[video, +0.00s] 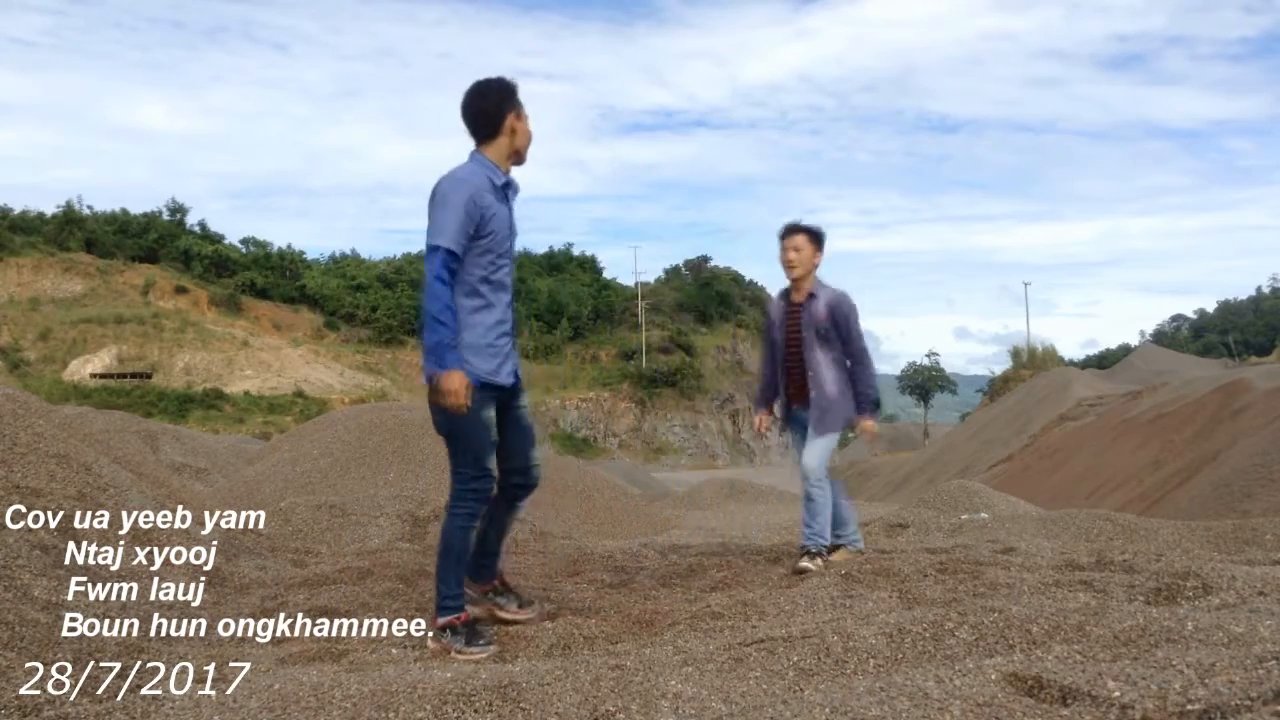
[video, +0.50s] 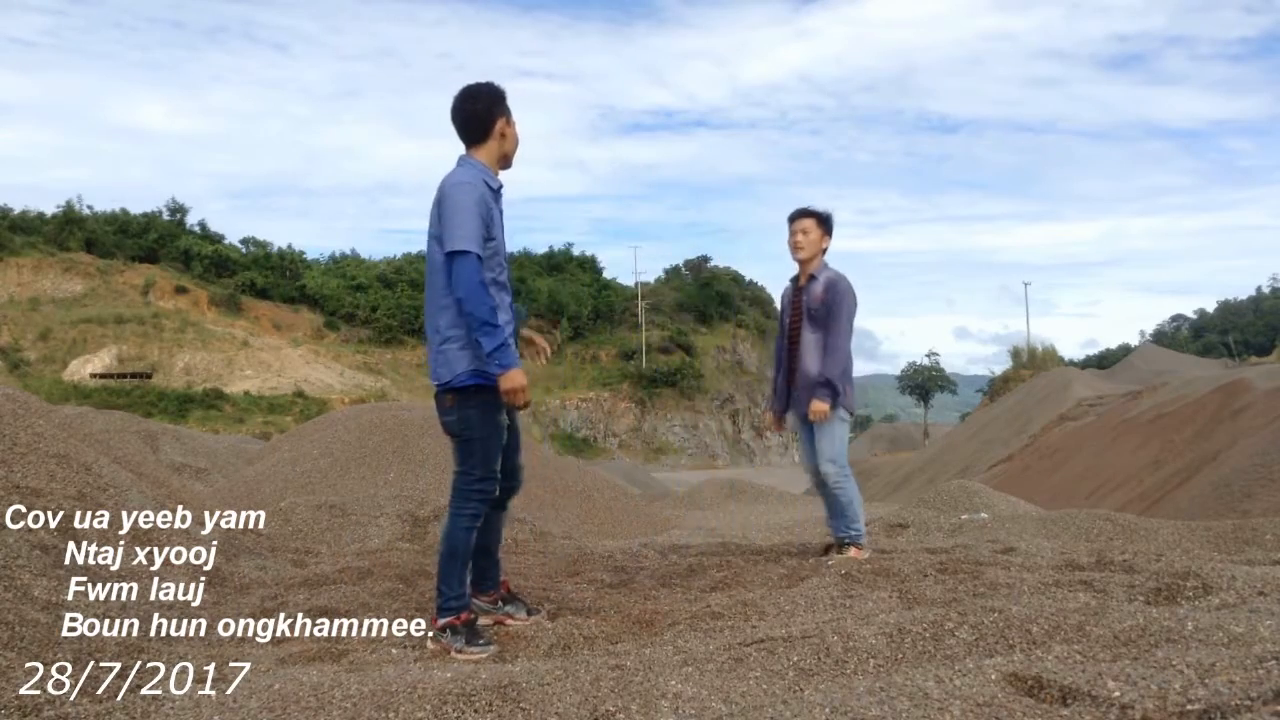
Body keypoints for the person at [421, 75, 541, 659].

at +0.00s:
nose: (531, 129)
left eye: (527, 117)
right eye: (527, 118)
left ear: (492, 126)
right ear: (513, 123)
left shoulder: (499, 192)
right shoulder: (459, 187)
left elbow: (485, 283)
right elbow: (437, 278)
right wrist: (446, 365)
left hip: (501, 370)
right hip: (463, 372)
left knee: (519, 476)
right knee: (472, 485)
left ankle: (481, 579)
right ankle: (447, 618)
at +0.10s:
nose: (525, 134)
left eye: (522, 122)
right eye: (522, 123)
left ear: (485, 129)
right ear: (509, 127)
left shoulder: (489, 194)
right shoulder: (459, 189)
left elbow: (483, 291)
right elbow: (446, 283)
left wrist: (501, 365)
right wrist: (464, 368)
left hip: (496, 372)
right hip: (466, 374)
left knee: (509, 479)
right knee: (477, 488)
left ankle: (484, 589)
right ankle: (450, 615)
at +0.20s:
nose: (520, 133)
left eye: (516, 122)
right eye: (516, 123)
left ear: (480, 128)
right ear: (503, 126)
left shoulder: (483, 190)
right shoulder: (458, 189)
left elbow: (482, 282)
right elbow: (454, 283)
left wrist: (506, 338)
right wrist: (480, 367)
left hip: (489, 365)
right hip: (465, 368)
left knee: (495, 481)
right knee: (476, 488)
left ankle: (483, 590)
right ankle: (450, 615)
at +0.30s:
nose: (518, 132)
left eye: (513, 122)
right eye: (514, 122)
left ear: (478, 130)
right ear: (500, 127)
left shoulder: (483, 191)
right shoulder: (461, 188)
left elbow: (487, 287)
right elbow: (462, 284)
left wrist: (539, 311)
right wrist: (496, 362)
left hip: (486, 365)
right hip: (466, 367)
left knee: (492, 482)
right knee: (477, 486)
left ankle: (484, 590)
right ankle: (450, 615)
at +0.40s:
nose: (517, 133)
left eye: (512, 123)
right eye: (513, 122)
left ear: (475, 130)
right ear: (500, 126)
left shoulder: (482, 190)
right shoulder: (463, 188)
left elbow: (485, 284)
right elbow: (466, 282)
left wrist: (535, 308)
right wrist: (504, 361)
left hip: (486, 365)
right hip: (466, 368)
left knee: (495, 482)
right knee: (476, 486)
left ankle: (485, 590)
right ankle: (450, 616)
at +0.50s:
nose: (518, 135)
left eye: (514, 124)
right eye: (514, 124)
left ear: (475, 130)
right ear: (501, 127)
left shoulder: (480, 188)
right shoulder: (464, 188)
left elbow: (481, 282)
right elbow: (467, 281)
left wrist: (512, 337)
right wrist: (505, 362)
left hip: (485, 368)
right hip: (467, 371)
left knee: (503, 479)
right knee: (474, 488)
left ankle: (485, 590)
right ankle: (450, 616)